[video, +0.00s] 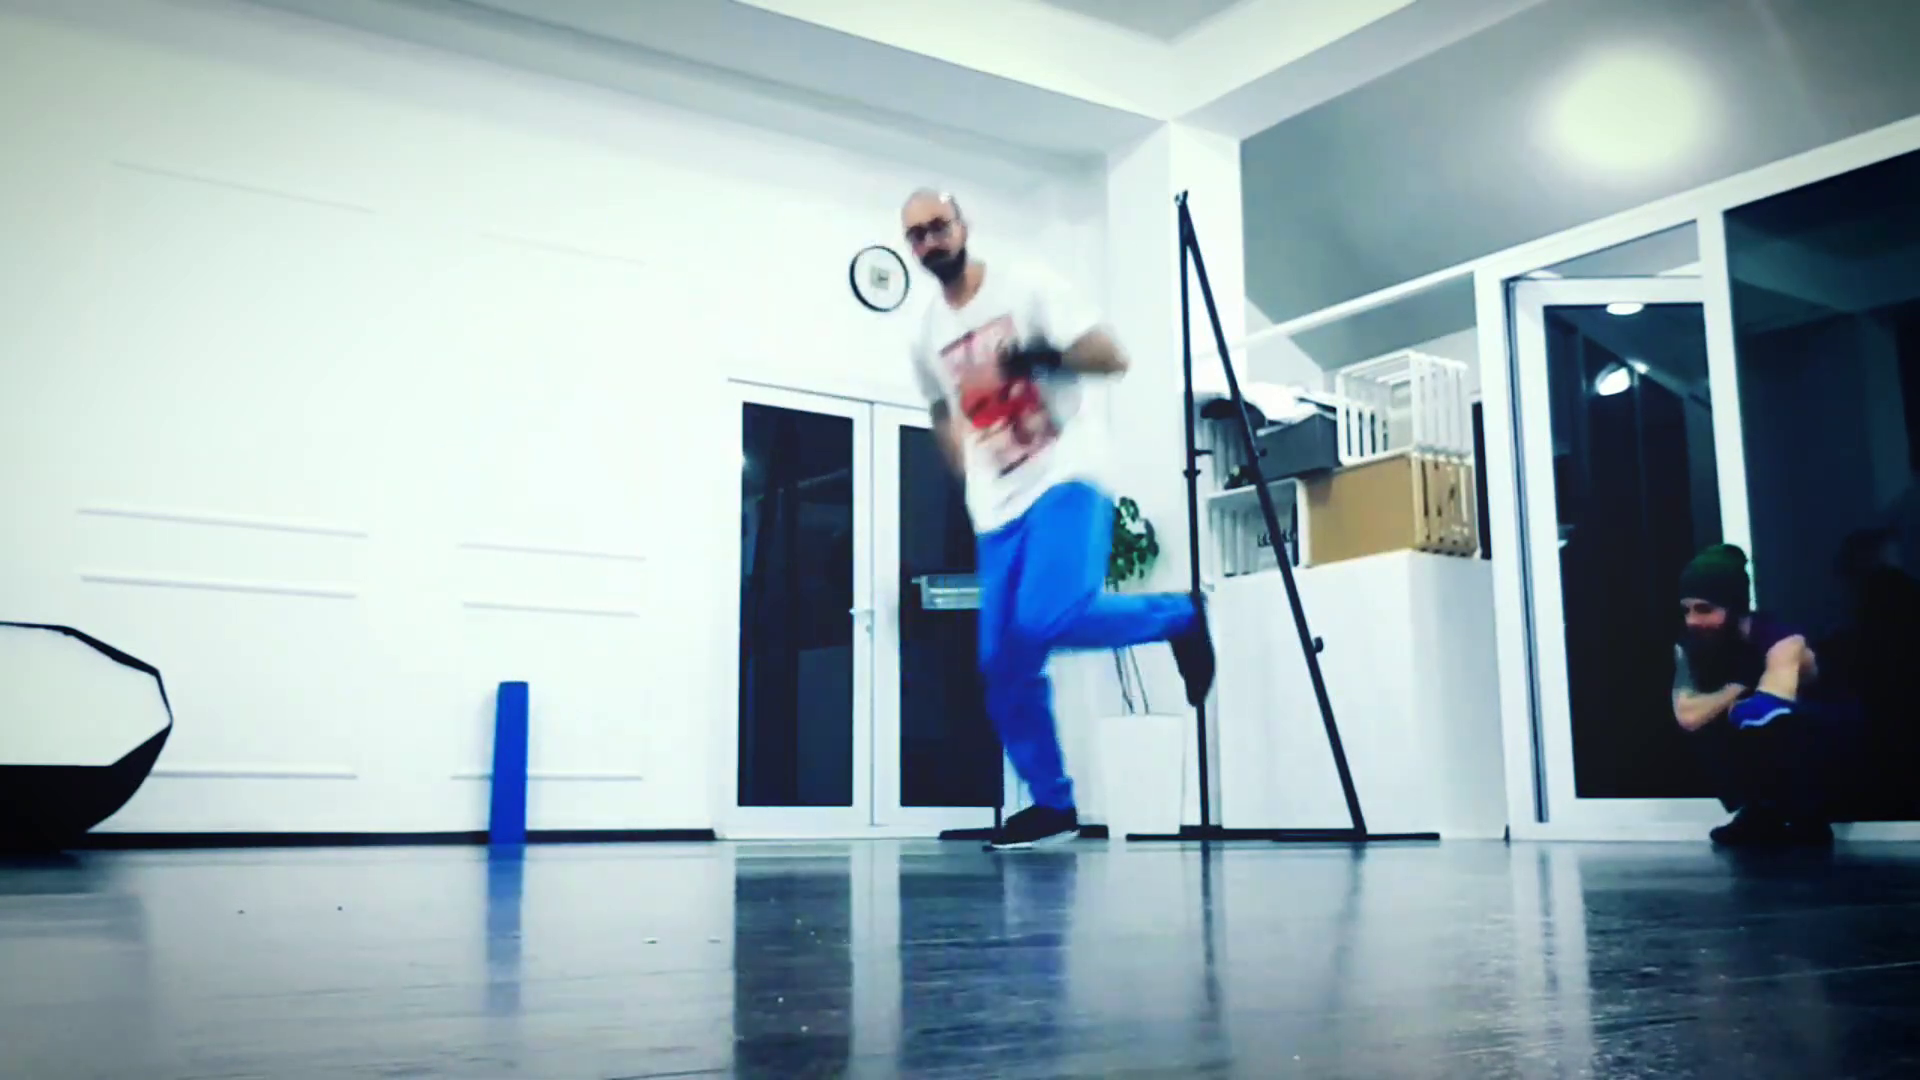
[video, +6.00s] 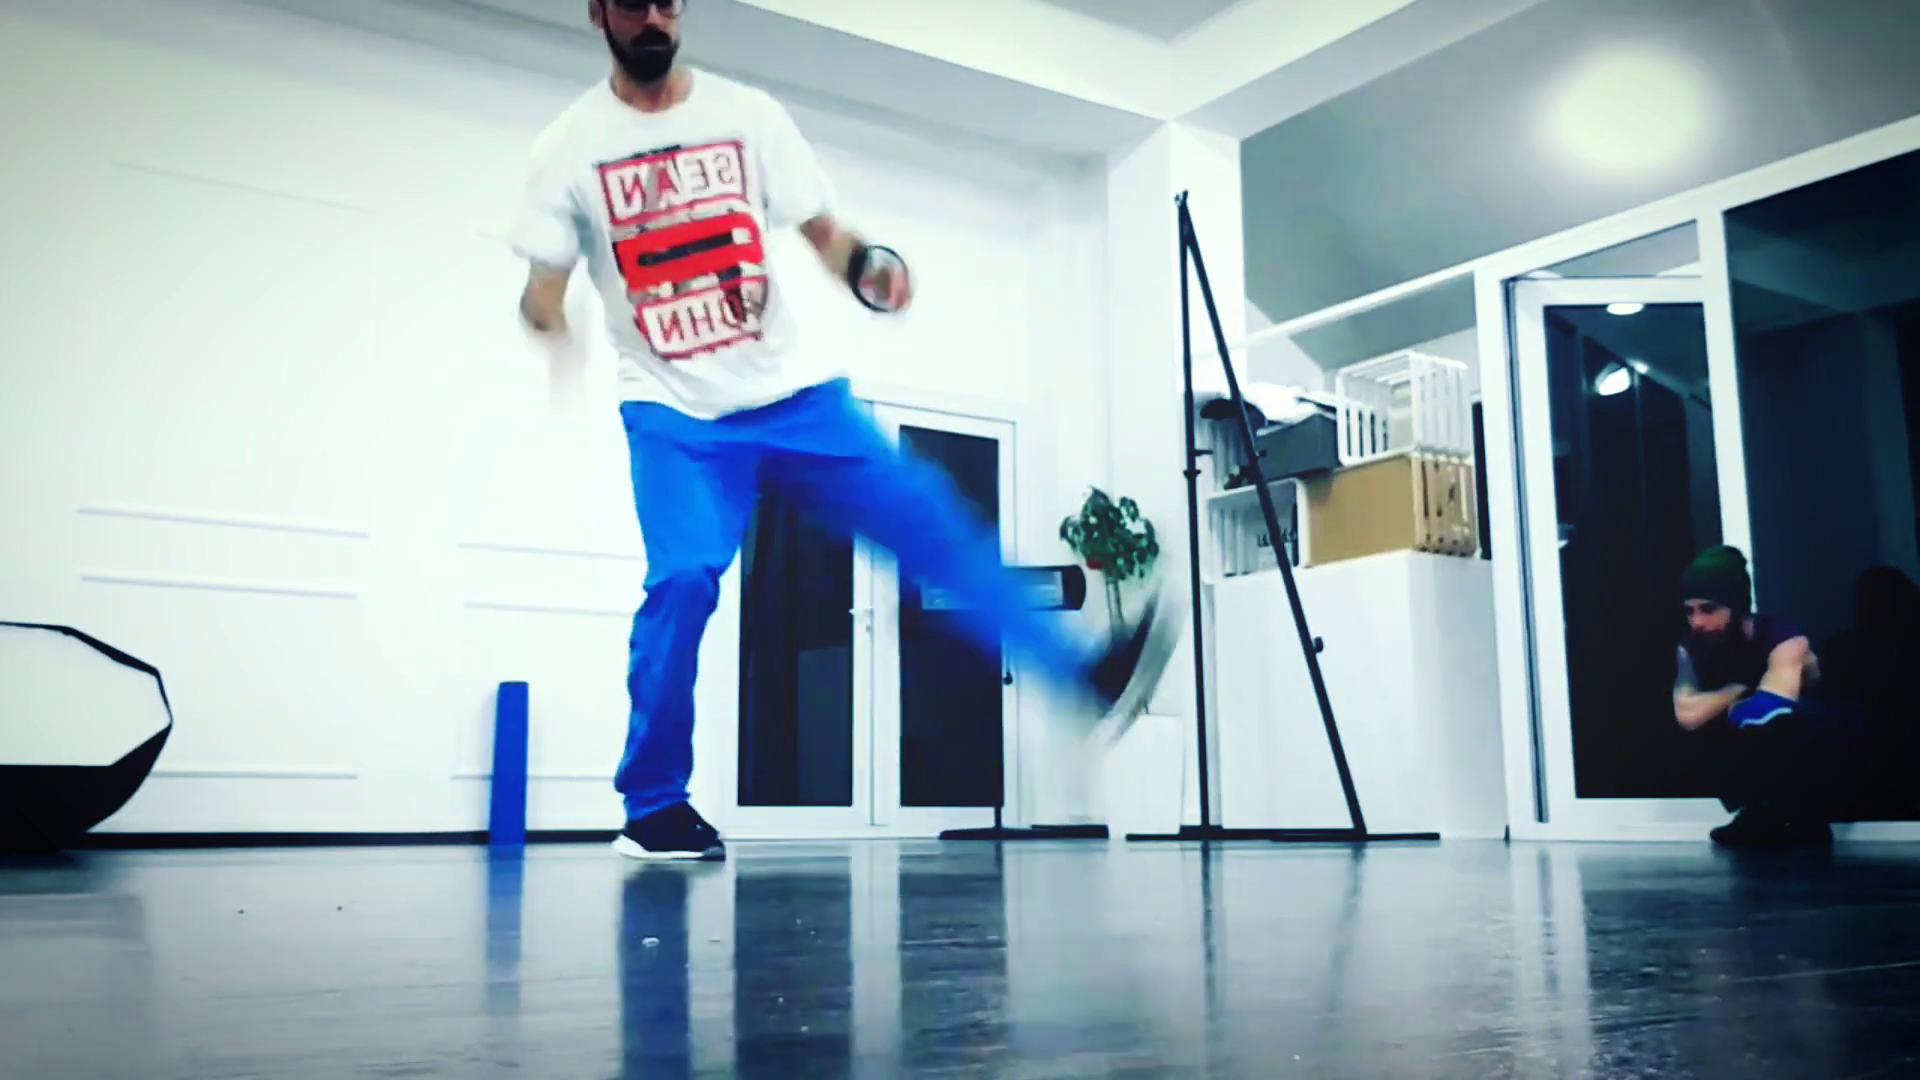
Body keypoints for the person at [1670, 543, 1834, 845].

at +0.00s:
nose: (1692, 622)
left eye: (1704, 610)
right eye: (1686, 611)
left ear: (1733, 607)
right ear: (1681, 609)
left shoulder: (1779, 637)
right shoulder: (1688, 650)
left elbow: (1772, 706)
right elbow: (1688, 716)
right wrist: (1735, 691)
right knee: (1705, 726)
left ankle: (1805, 821)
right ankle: (1755, 813)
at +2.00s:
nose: (1696, 621)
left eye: (1708, 609)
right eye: (1689, 611)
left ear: (1735, 606)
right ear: (1683, 611)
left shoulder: (1777, 637)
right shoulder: (1687, 650)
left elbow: (1773, 704)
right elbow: (1686, 717)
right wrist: (1732, 693)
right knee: (1704, 726)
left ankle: (1803, 820)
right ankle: (1754, 813)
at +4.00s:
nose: (1698, 623)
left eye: (1709, 611)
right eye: (1691, 612)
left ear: (1737, 609)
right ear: (1685, 612)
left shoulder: (1780, 639)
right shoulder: (1690, 651)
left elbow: (1776, 699)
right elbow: (1687, 716)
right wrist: (1734, 691)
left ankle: (1805, 820)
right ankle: (1756, 813)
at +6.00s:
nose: (1697, 623)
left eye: (1708, 610)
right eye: (1690, 612)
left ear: (1735, 605)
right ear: (1684, 610)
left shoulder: (1782, 639)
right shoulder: (1691, 651)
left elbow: (1776, 705)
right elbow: (1688, 714)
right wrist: (1738, 691)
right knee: (1706, 726)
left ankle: (1803, 820)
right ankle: (1756, 814)